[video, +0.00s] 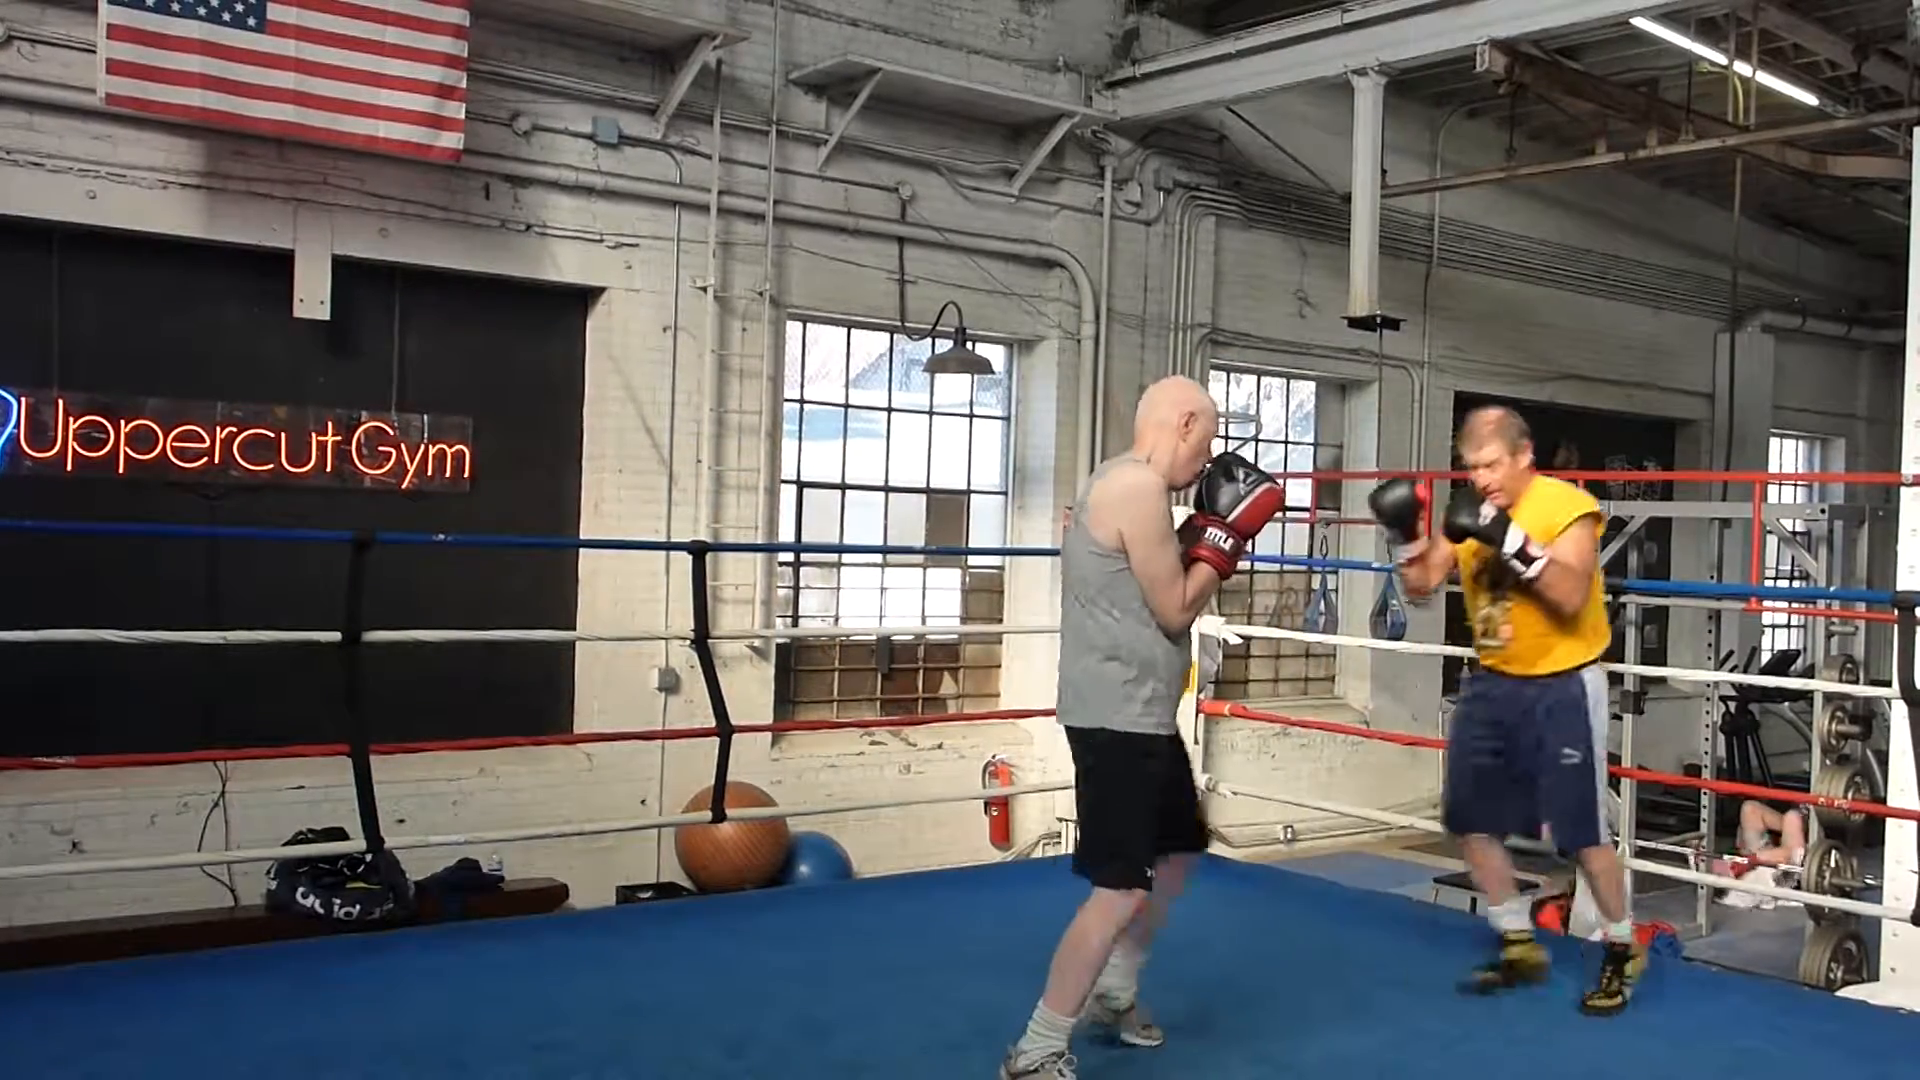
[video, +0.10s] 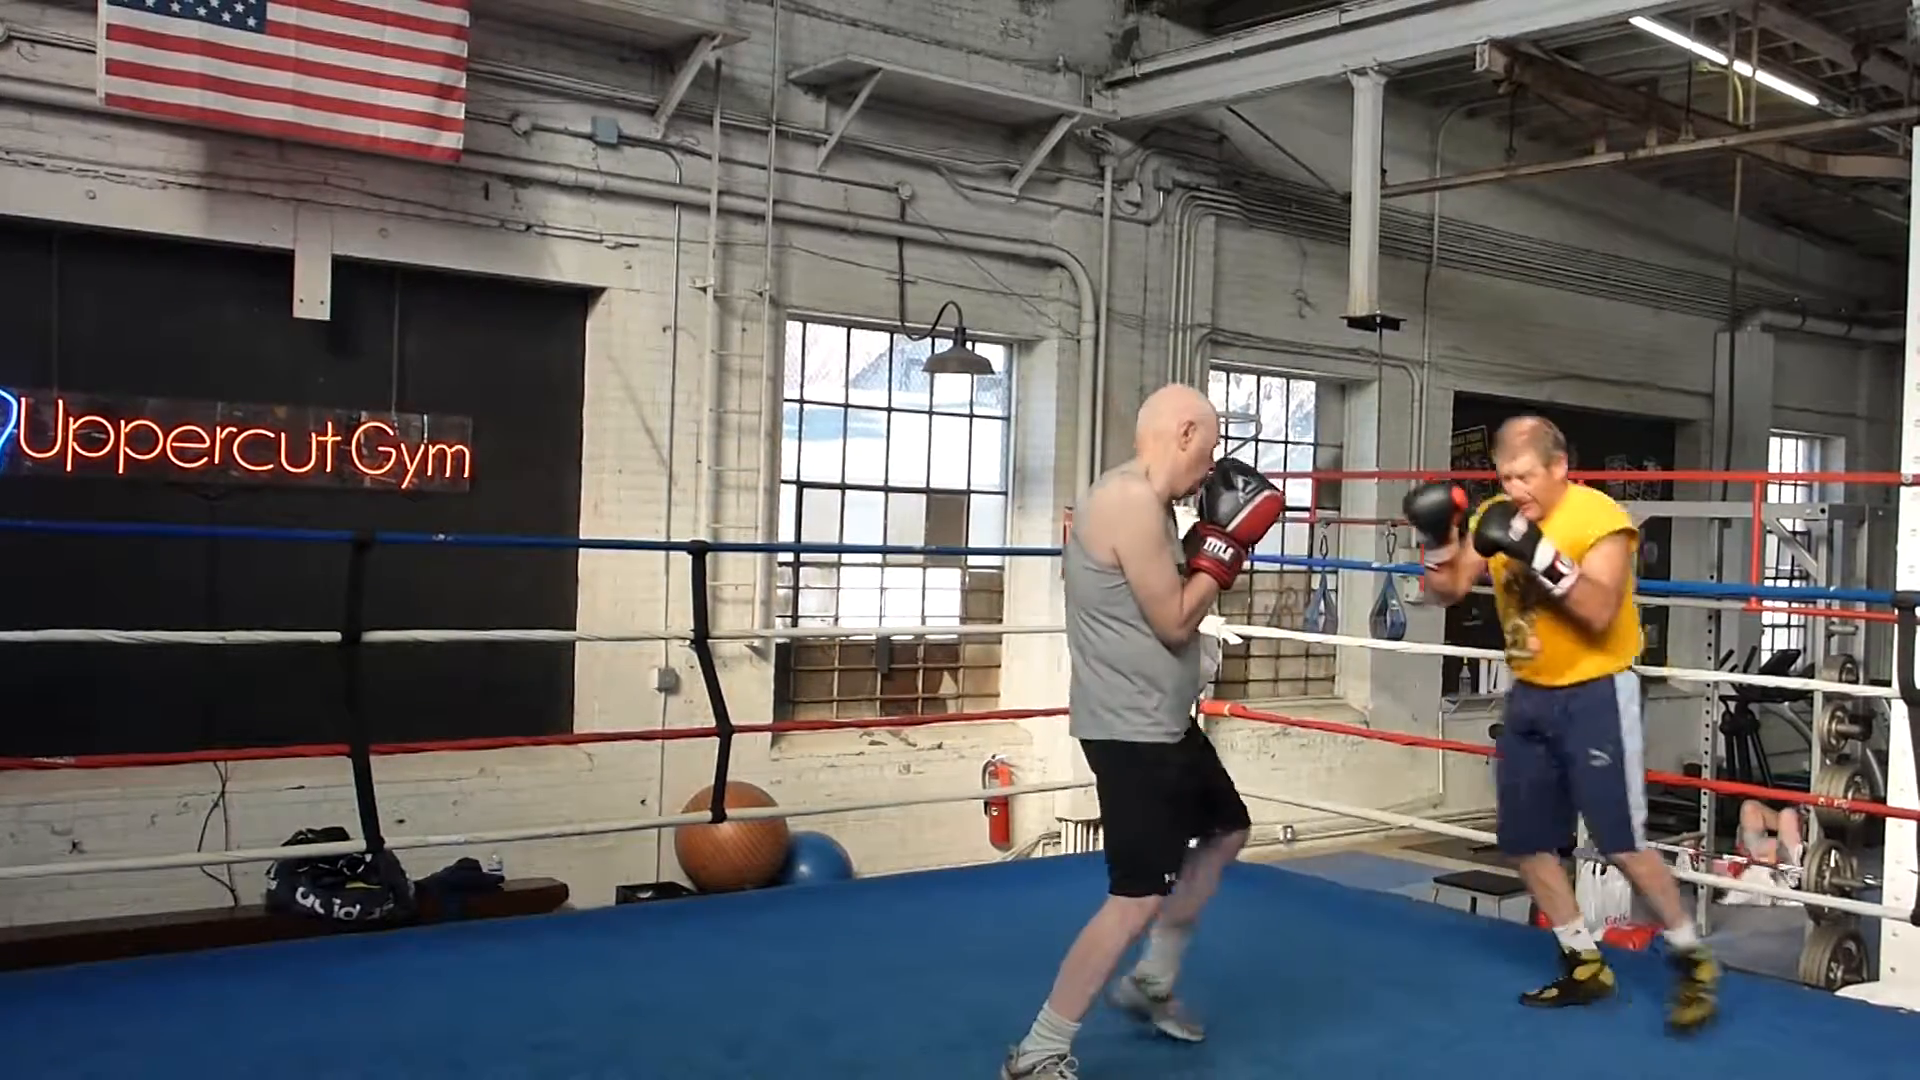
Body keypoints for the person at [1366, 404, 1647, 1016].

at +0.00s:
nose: (1479, 478)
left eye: (1489, 464)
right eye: (1471, 468)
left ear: (1524, 456)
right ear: (1466, 468)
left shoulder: (1567, 506)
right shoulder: (1473, 520)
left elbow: (1572, 595)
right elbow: (1419, 584)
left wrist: (1507, 539)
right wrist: (1407, 534)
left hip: (1564, 686)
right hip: (1491, 686)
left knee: (1580, 827)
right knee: (1471, 818)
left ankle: (1622, 949)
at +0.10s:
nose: (1513, 490)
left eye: (1523, 476)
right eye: (1505, 479)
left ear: (1559, 465)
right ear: (1498, 477)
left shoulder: (1600, 516)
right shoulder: (1502, 520)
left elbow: (1601, 612)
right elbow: (1447, 588)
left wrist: (1535, 550)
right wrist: (1440, 538)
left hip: (1598, 695)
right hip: (1530, 696)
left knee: (1622, 841)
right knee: (1528, 840)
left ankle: (1694, 958)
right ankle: (1585, 966)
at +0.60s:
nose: (1706, 500)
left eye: (1715, 485)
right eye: (1698, 489)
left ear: (1756, 468)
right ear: (1693, 485)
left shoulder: (1814, 521)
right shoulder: (1704, 527)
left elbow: (1788, 616)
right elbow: (1651, 604)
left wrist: (1716, 550)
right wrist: (1633, 550)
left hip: (1808, 716)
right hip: (1728, 715)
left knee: (1844, 878)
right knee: (1702, 863)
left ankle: (1904, 1016)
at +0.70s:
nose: (1750, 532)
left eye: (1761, 517)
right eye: (1743, 519)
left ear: (1805, 505)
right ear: (1738, 516)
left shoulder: (1855, 562)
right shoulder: (1745, 562)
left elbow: (1814, 659)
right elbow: (1675, 639)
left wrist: (1751, 587)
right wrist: (1671, 575)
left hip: (1846, 762)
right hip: (1760, 760)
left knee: (1891, 923)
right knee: (1725, 898)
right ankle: (1812, 1003)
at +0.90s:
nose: (1774, 537)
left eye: (1785, 521)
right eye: (1767, 524)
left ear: (1831, 511)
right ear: (1760, 522)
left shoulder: (1883, 570)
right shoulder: (1772, 573)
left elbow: (1848, 671)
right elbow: (1725, 663)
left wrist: (1779, 595)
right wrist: (1701, 617)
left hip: (1865, 770)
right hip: (1772, 759)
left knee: (1898, 933)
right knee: (1680, 862)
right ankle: (1730, 1002)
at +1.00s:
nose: (1762, 530)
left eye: (1773, 515)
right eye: (1755, 516)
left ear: (1818, 506)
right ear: (1751, 514)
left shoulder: (1870, 564)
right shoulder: (1746, 560)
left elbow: (1846, 667)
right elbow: (1673, 623)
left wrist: (1778, 592)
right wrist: (1647, 586)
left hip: (1860, 766)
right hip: (1763, 756)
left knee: (1899, 931)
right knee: (1662, 866)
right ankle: (1645, 1013)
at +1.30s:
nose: (1638, 523)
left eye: (1646, 508)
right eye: (1632, 512)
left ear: (1689, 499)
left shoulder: (1739, 547)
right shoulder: (1639, 558)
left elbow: (1694, 623)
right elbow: (1594, 632)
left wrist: (1620, 583)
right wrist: (1575, 589)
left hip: (1758, 751)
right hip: (1667, 749)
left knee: (1820, 916)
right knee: (1580, 879)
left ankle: (1902, 1014)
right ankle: (1588, 1019)